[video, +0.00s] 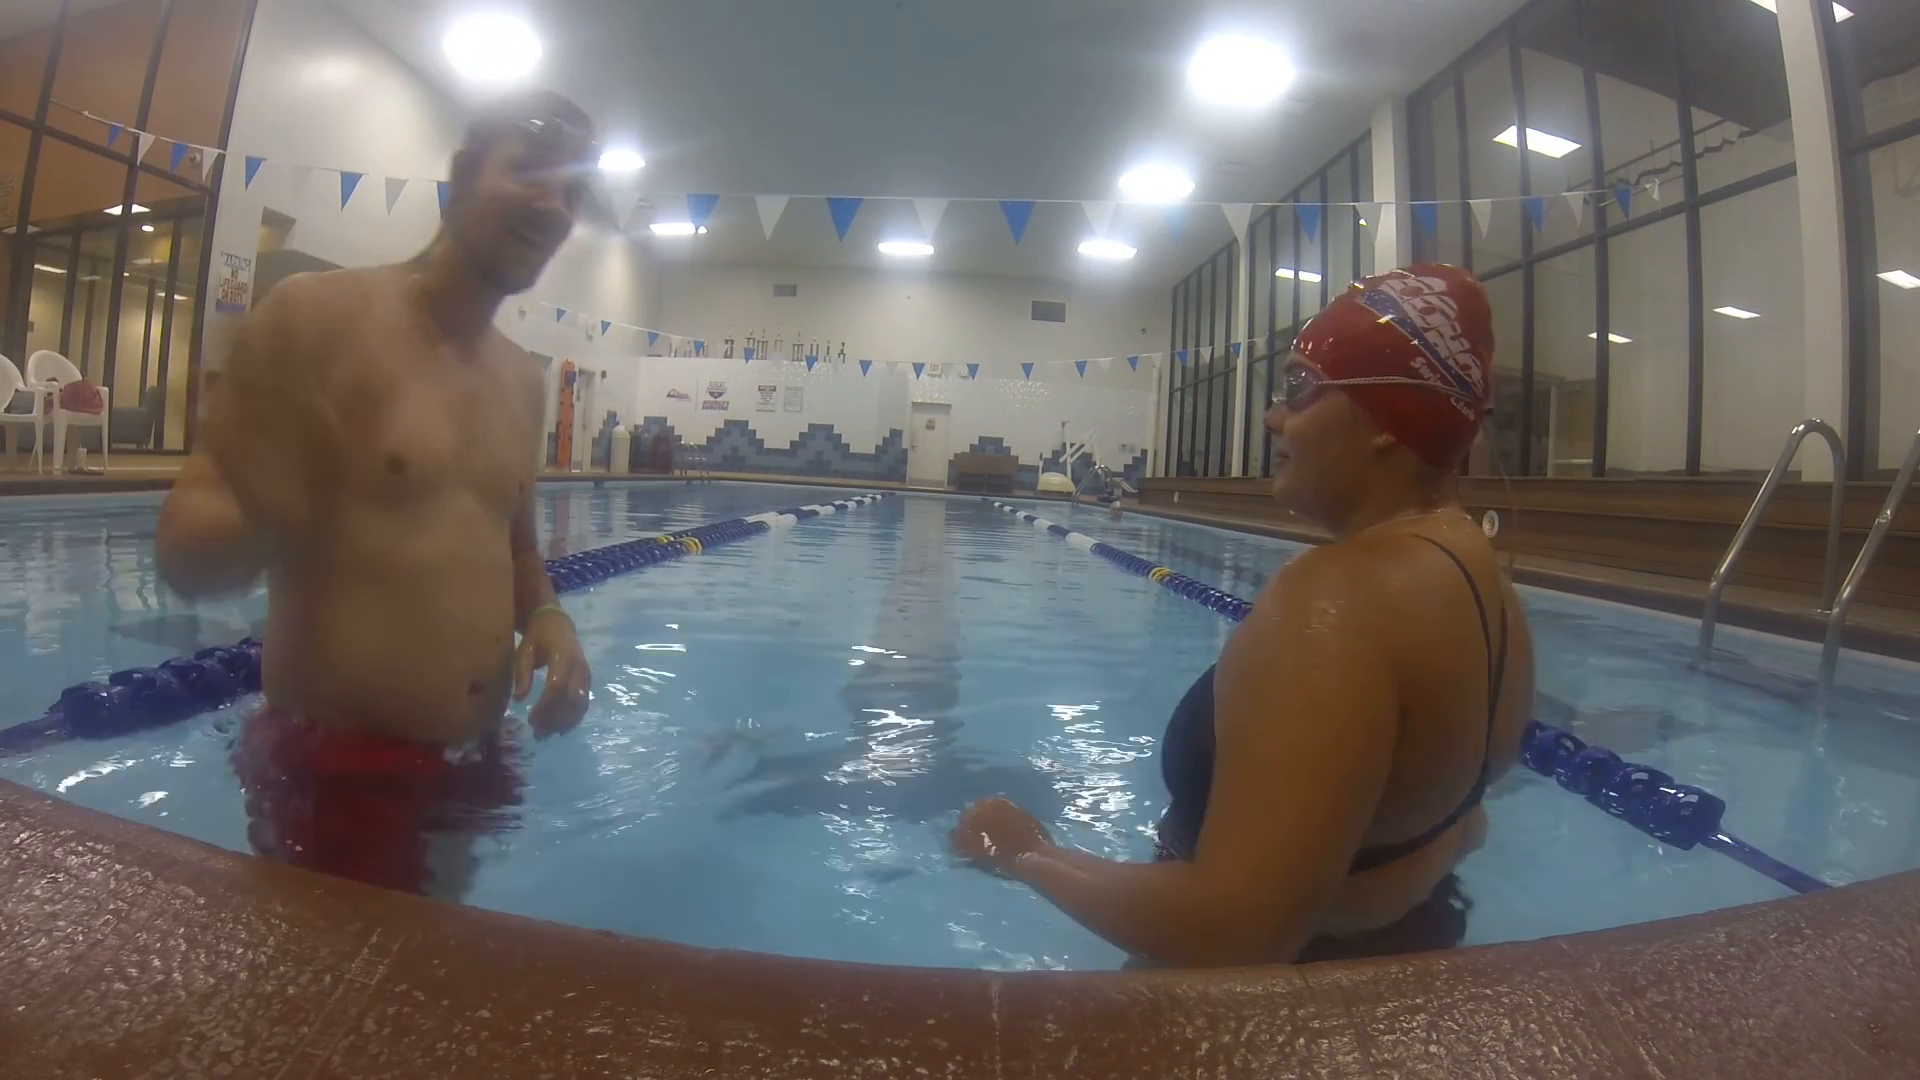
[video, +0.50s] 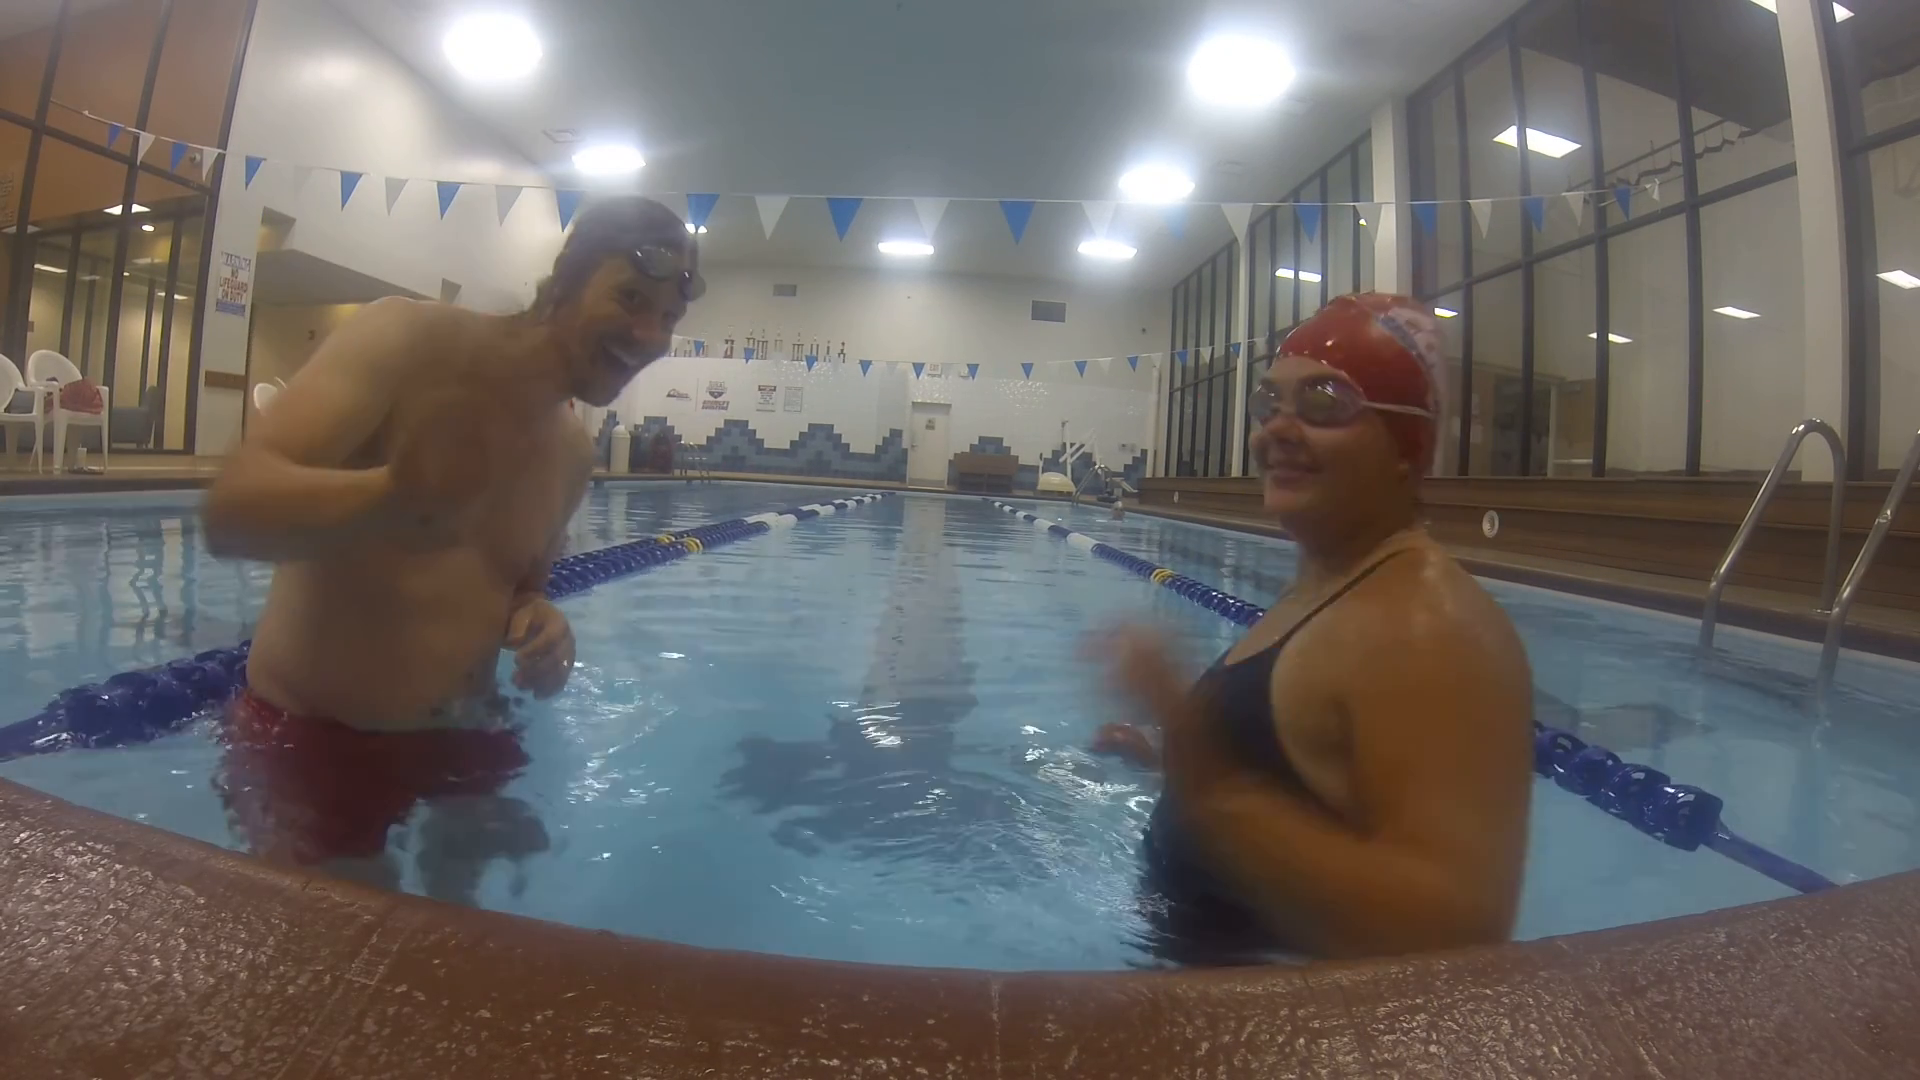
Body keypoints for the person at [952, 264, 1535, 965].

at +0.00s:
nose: (1276, 418)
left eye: (1305, 393)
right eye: (1289, 390)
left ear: (1385, 428)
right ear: (1388, 429)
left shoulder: (1333, 602)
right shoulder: (1473, 561)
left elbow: (1238, 925)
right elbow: (1491, 760)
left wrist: (1029, 857)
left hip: (1268, 986)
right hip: (1405, 955)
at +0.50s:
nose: (1279, 427)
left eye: (1323, 405)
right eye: (1270, 404)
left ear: (1406, 445)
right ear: (1254, 420)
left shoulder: (1431, 635)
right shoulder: (1322, 584)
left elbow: (1452, 921)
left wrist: (1212, 788)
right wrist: (1174, 758)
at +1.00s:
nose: (1285, 467)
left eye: (1323, 447)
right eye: (1263, 442)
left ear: (1366, 477)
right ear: (1240, 464)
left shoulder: (1419, 607)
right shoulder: (1206, 612)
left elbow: (1619, 768)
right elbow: (1204, 742)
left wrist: (1468, 652)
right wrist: (1105, 765)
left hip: (1372, 985)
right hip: (1219, 973)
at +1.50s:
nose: (1337, 464)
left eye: (1364, 444)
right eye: (1308, 439)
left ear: (1389, 468)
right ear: (1266, 461)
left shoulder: (1442, 594)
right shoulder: (1205, 602)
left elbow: (1639, 725)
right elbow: (1163, 725)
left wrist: (1535, 630)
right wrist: (1066, 767)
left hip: (1403, 949)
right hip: (1252, 935)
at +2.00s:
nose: (1345, 468)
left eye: (1383, 446)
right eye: (1320, 442)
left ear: (1428, 468)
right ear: (1294, 459)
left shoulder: (1469, 595)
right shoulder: (1276, 593)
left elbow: (1634, 783)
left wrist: (1476, 650)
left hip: (1446, 955)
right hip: (1299, 943)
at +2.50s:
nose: (1290, 456)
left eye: (1304, 431)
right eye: (1298, 431)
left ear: (1360, 453)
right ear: (1369, 454)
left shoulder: (1399, 587)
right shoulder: (1458, 561)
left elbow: (1423, 852)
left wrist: (1224, 801)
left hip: (1372, 967)